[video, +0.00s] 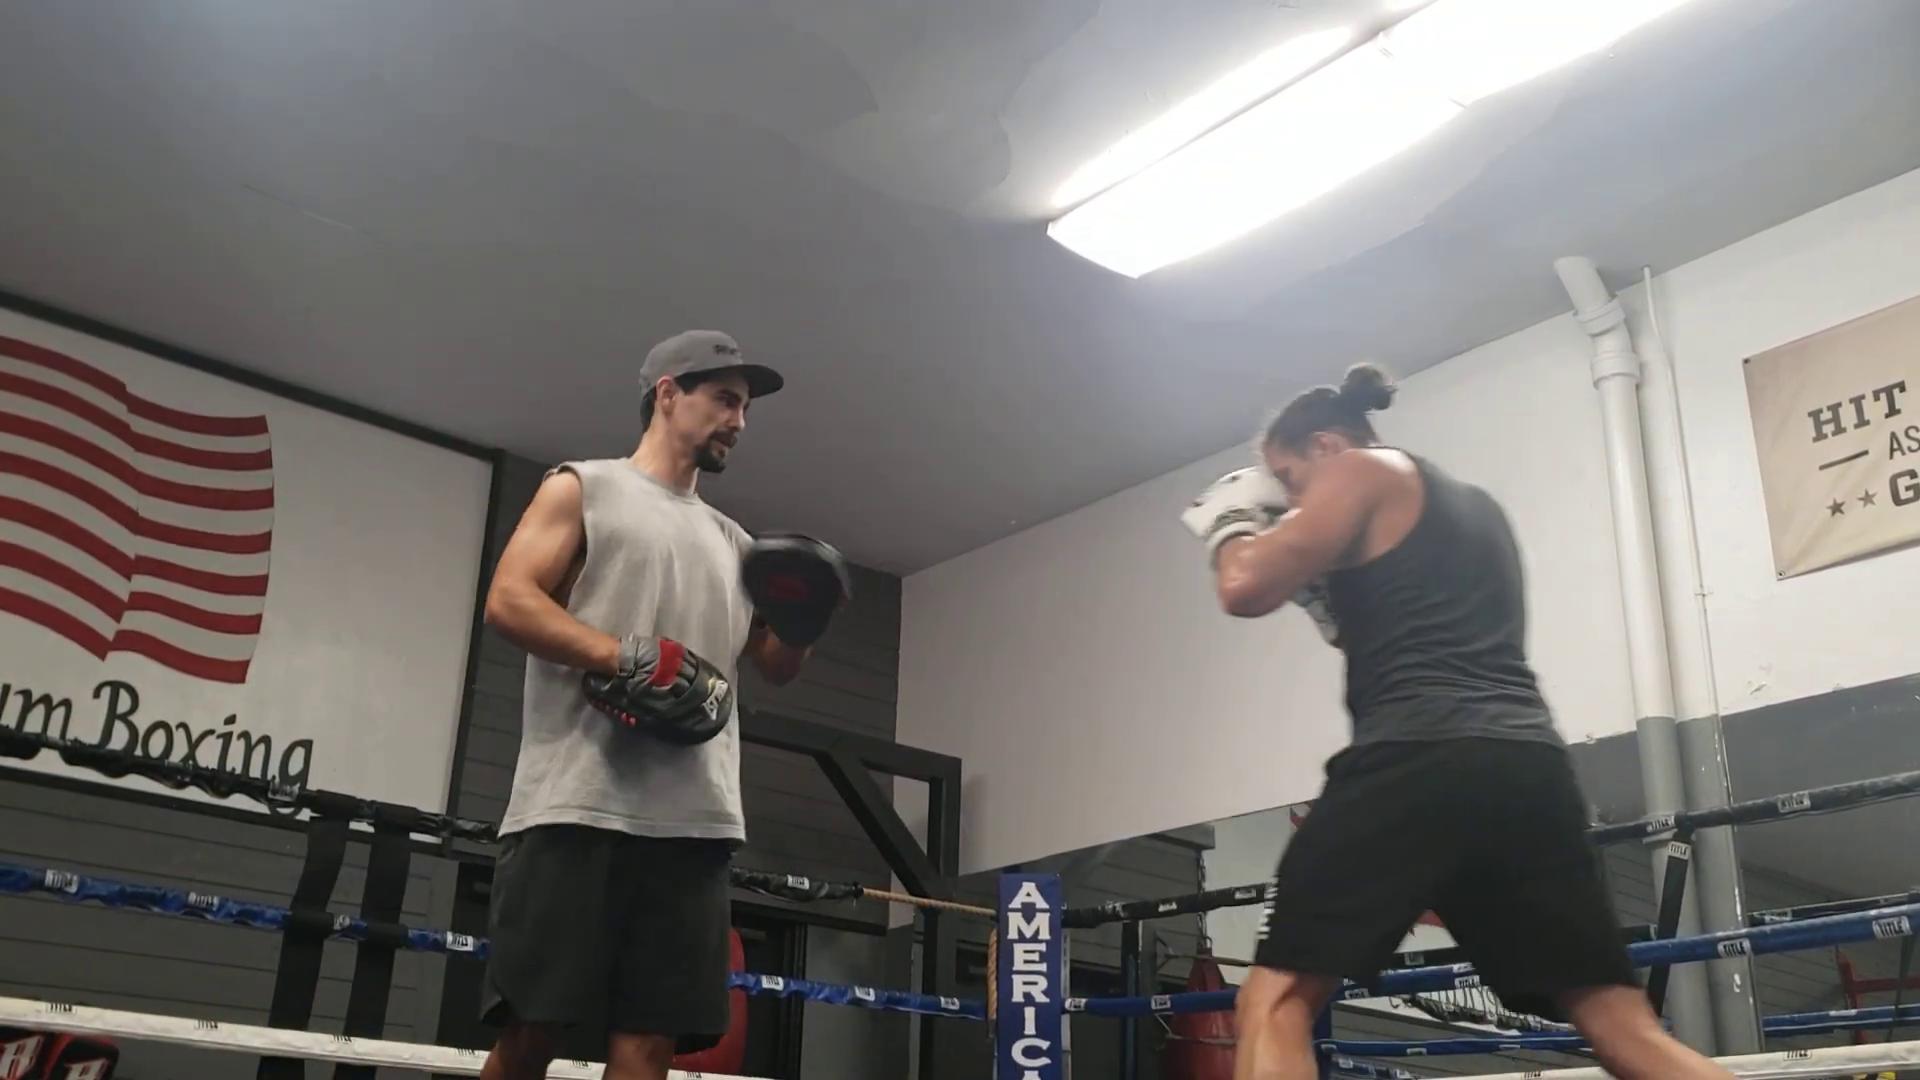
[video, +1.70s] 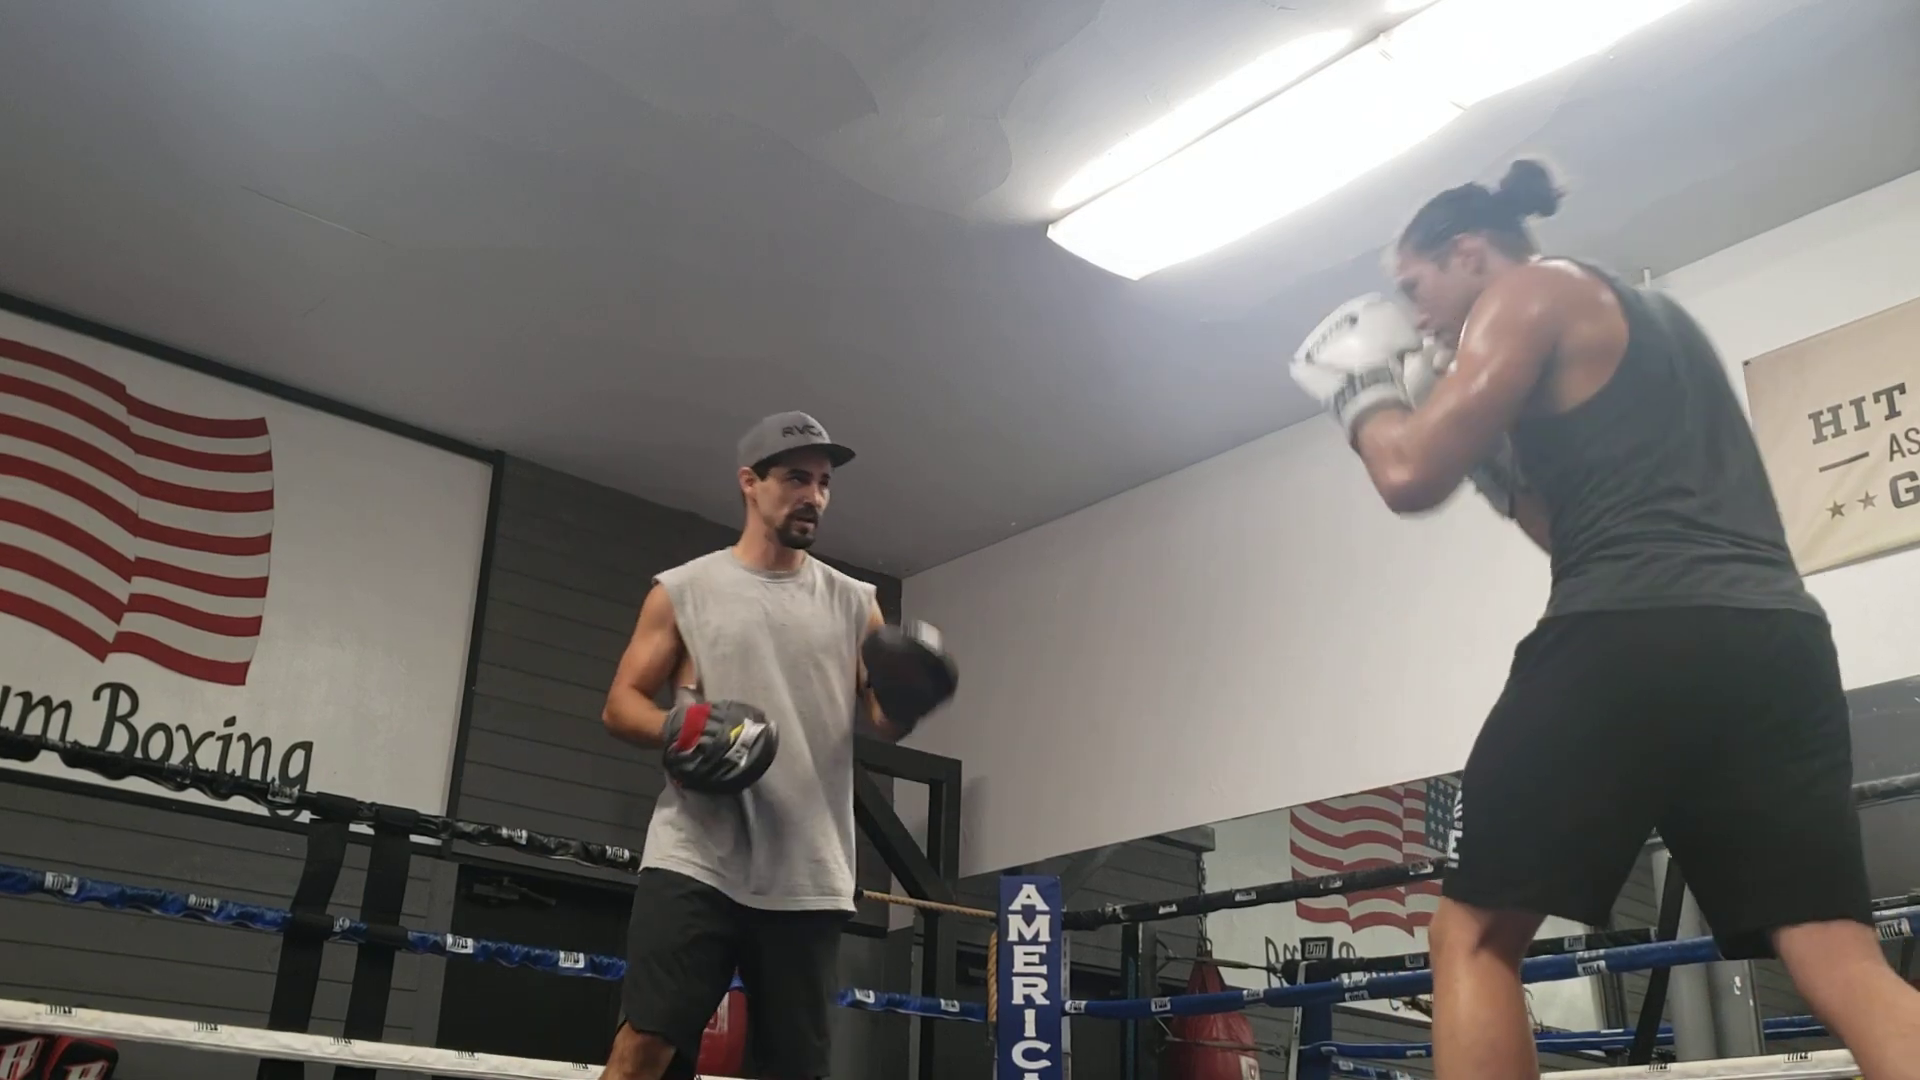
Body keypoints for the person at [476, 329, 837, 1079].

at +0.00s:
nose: (739, 419)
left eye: (746, 407)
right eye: (725, 398)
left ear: (744, 420)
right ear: (667, 393)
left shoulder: (738, 544)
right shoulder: (579, 488)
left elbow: (775, 666)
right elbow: (509, 598)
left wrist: (803, 613)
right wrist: (629, 658)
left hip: (691, 825)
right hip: (573, 809)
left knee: (647, 1048)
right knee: (531, 1037)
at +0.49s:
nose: (659, 468)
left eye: (667, 455)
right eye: (644, 449)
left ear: (668, 464)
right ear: (592, 447)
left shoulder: (695, 567)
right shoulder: (514, 568)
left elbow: (771, 641)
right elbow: (461, 688)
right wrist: (541, 738)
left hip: (667, 851)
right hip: (548, 856)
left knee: (674, 1031)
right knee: (523, 1053)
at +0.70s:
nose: (700, 494)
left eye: (709, 482)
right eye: (686, 474)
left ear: (711, 493)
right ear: (634, 469)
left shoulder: (713, 601)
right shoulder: (559, 569)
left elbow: (717, 715)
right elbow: (510, 671)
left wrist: (732, 829)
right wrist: (619, 676)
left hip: (680, 876)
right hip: (560, 871)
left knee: (730, 1062)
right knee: (523, 1065)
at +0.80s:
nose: (725, 504)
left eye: (734, 494)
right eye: (711, 484)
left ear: (737, 504)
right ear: (662, 477)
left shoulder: (727, 612)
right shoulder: (591, 562)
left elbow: (738, 731)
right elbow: (581, 644)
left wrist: (766, 837)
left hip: (693, 873)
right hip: (580, 863)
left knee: (743, 1063)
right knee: (534, 1062)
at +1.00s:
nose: (802, 533)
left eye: (813, 524)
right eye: (791, 511)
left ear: (814, 532)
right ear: (741, 501)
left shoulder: (773, 641)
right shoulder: (680, 564)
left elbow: (775, 760)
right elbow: (713, 591)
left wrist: (807, 854)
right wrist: (843, 574)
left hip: (753, 891)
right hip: (655, 873)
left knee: (770, 1067)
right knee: (589, 1063)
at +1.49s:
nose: (862, 515)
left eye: (871, 503)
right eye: (846, 497)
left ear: (878, 515)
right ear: (802, 501)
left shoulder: (883, 631)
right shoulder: (730, 584)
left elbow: (900, 740)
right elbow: (652, 679)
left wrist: (907, 811)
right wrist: (732, 678)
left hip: (816, 880)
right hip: (711, 855)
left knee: (802, 1067)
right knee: (652, 1043)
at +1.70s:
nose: (814, 495)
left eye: (822, 482)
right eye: (795, 477)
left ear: (832, 493)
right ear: (750, 484)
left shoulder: (858, 603)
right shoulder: (682, 591)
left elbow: (881, 722)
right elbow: (623, 704)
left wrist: (912, 691)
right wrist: (679, 729)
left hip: (808, 873)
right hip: (695, 859)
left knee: (795, 1067)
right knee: (644, 1050)